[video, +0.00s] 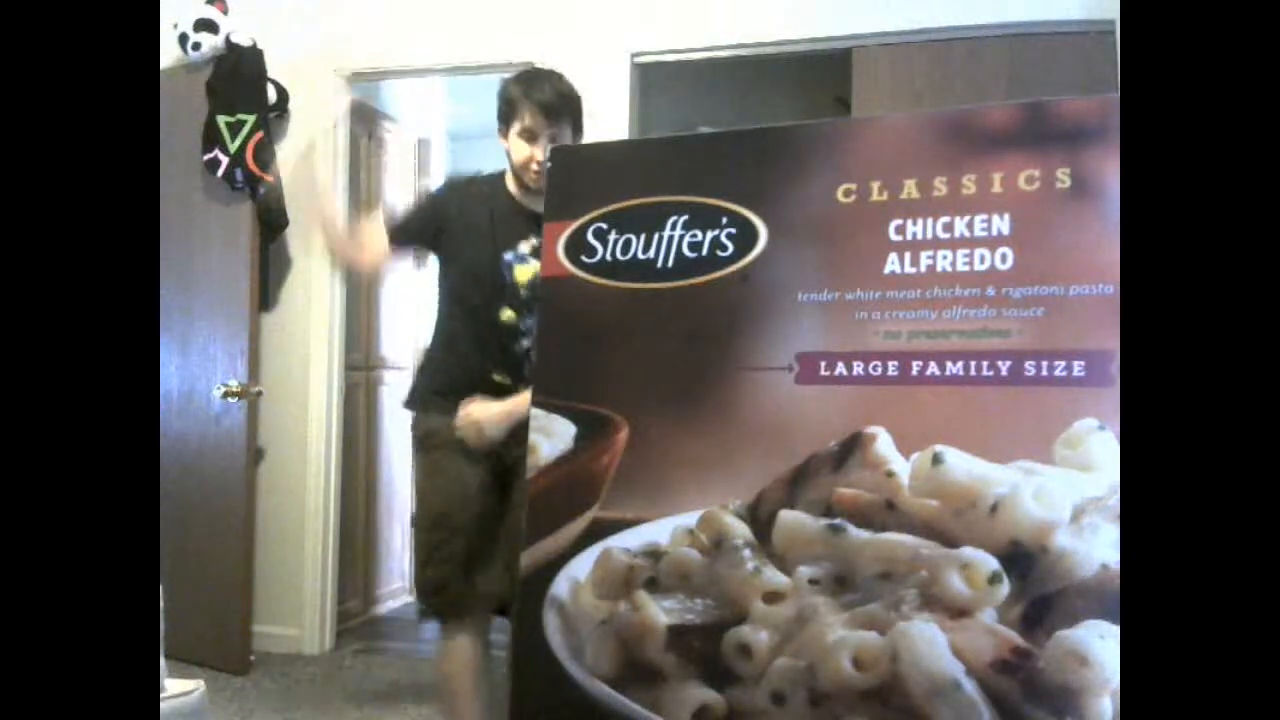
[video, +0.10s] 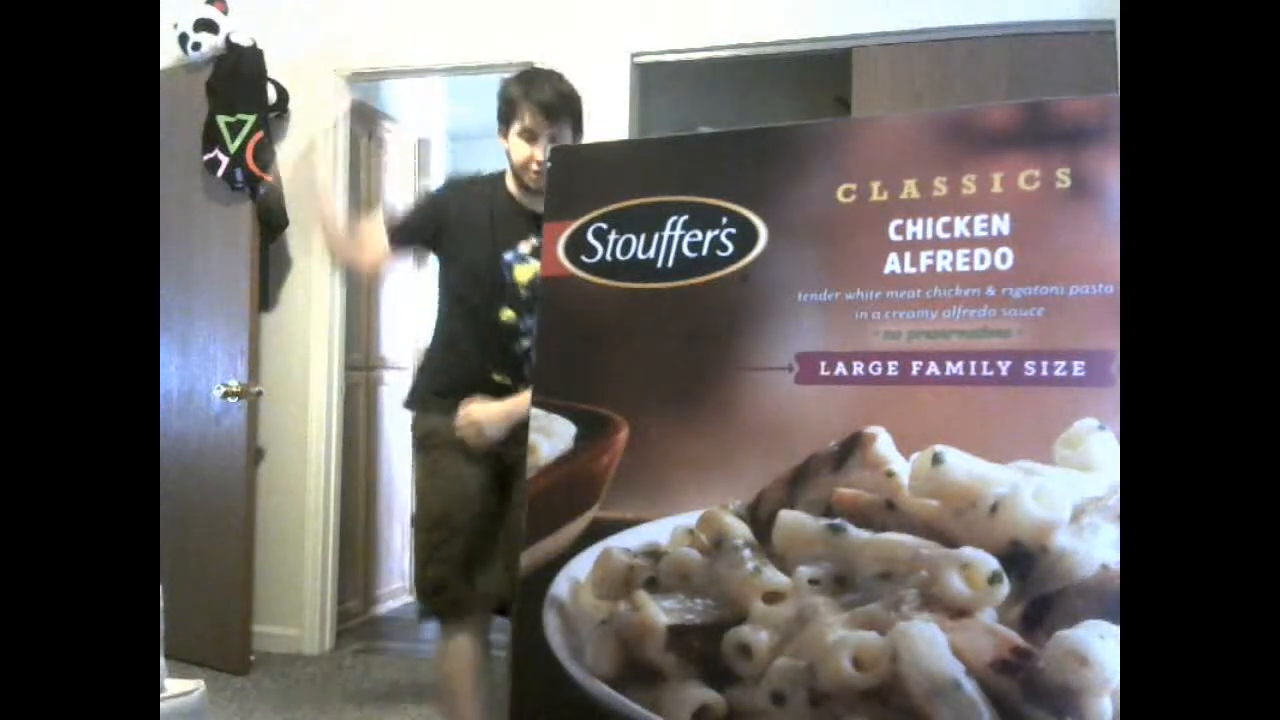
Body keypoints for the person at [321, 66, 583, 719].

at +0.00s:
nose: (541, 155)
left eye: (555, 141)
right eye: (527, 137)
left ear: (576, 141)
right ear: (504, 134)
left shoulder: (588, 217)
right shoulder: (462, 202)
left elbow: (603, 350)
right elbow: (364, 250)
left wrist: (515, 407)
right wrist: (310, 186)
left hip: (550, 421)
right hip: (457, 414)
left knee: (545, 599)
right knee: (464, 605)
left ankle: (545, 715)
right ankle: (465, 715)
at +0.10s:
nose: (541, 155)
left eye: (556, 141)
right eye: (528, 137)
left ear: (576, 141)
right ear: (504, 133)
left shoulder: (588, 218)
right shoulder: (462, 203)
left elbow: (604, 350)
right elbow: (364, 250)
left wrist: (515, 407)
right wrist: (311, 183)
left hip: (551, 421)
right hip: (457, 413)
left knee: (545, 600)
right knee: (464, 604)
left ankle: (544, 715)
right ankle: (465, 714)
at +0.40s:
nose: (487, 133)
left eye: (501, 118)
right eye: (472, 117)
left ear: (524, 124)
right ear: (452, 119)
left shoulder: (541, 201)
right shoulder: (423, 183)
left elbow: (581, 275)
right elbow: (423, 200)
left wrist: (529, 323)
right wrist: (493, 179)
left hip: (509, 422)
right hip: (423, 415)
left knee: (523, 591)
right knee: (353, 586)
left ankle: (533, 714)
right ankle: (302, 710)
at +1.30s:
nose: (351, 166)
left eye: (364, 151)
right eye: (338, 150)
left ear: (382, 156)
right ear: (311, 152)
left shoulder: (403, 221)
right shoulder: (273, 244)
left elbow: (502, 222)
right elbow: (257, 355)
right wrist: (335, 358)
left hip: (400, 442)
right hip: (308, 446)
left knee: (451, 592)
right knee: (257, 604)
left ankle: (494, 714)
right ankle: (251, 715)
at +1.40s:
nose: (385, 159)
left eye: (395, 145)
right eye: (371, 145)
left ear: (407, 148)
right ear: (340, 148)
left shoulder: (429, 218)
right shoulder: (297, 234)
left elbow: (530, 213)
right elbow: (262, 330)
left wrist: (593, 197)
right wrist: (357, 312)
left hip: (413, 441)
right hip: (323, 446)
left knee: (465, 591)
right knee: (273, 606)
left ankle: (496, 714)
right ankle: (254, 715)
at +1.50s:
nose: (424, 136)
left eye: (435, 120)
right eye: (407, 118)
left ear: (449, 128)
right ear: (369, 125)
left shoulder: (470, 207)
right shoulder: (358, 205)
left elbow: (555, 213)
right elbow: (346, 197)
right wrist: (364, 149)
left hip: (462, 421)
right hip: (375, 425)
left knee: (501, 589)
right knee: (315, 597)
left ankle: (512, 713)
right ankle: (261, 710)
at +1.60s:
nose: (448, 117)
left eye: (455, 102)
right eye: (430, 103)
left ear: (466, 111)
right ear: (394, 110)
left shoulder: (486, 193)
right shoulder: (380, 183)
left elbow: (567, 220)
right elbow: (370, 132)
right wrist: (421, 96)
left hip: (483, 417)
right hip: (393, 419)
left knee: (508, 585)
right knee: (339, 597)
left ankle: (515, 714)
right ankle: (274, 704)